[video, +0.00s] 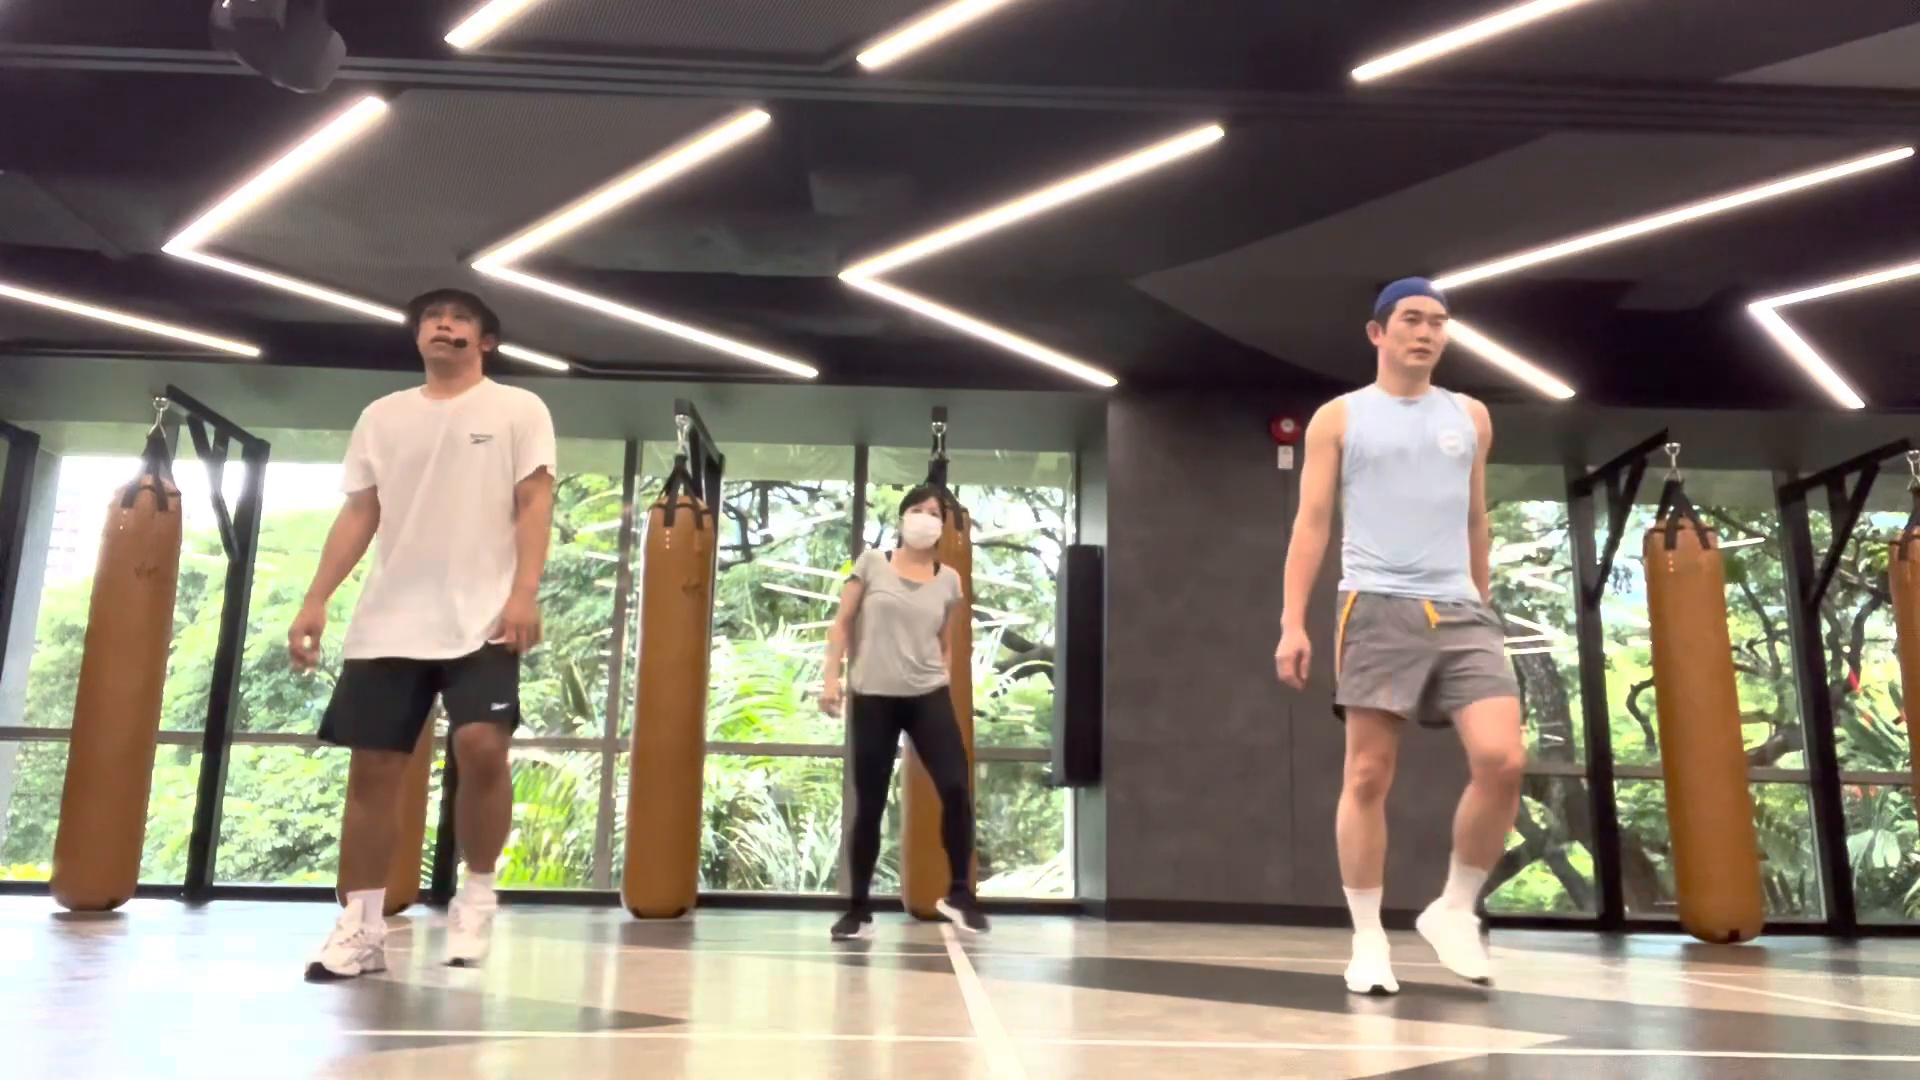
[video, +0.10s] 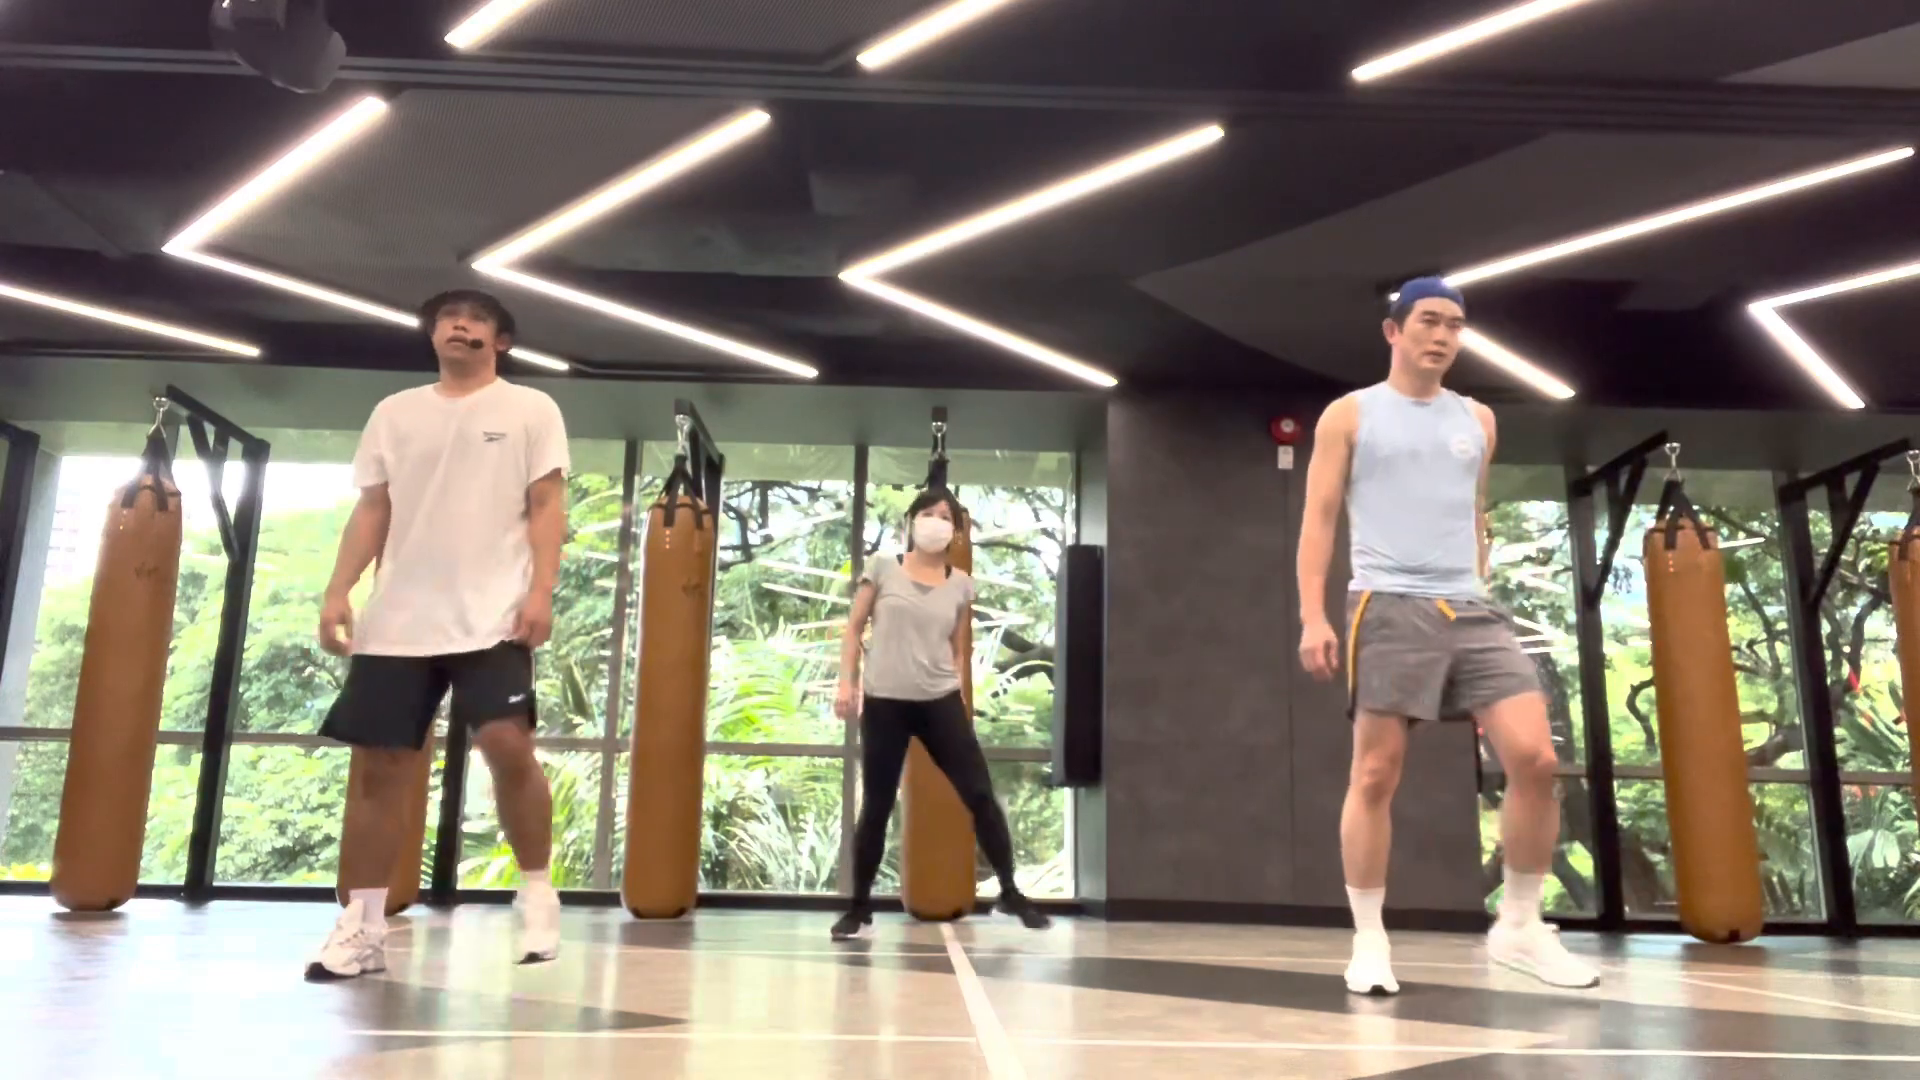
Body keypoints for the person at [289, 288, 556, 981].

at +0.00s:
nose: (447, 327)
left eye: (463, 319)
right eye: (435, 318)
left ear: (487, 342)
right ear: (416, 337)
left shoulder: (520, 410)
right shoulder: (381, 416)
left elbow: (534, 502)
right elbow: (357, 515)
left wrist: (525, 592)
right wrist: (316, 600)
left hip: (483, 618)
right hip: (392, 618)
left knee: (484, 750)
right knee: (372, 768)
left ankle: (475, 900)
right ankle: (359, 927)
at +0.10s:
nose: (463, 327)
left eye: (479, 319)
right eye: (451, 316)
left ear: (501, 342)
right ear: (431, 334)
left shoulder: (531, 411)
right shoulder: (393, 413)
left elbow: (547, 507)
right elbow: (372, 512)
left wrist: (542, 591)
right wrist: (338, 590)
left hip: (492, 618)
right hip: (401, 618)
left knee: (509, 748)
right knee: (372, 764)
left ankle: (536, 892)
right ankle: (362, 927)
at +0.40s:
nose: (542, 333)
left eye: (557, 323)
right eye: (529, 323)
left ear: (579, 344)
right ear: (510, 342)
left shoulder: (609, 417)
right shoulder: (477, 419)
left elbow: (621, 518)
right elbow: (453, 518)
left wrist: (611, 604)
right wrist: (397, 568)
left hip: (563, 626)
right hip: (470, 623)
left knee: (576, 770)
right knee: (412, 767)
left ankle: (600, 930)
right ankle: (370, 923)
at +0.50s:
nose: (561, 327)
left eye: (575, 318)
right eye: (548, 317)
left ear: (596, 341)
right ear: (528, 338)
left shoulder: (628, 414)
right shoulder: (498, 420)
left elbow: (653, 512)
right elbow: (488, 513)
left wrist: (645, 602)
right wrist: (430, 510)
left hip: (585, 620)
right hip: (495, 616)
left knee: (586, 769)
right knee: (428, 747)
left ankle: (601, 929)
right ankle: (403, 907)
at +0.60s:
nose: (573, 323)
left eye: (587, 315)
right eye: (563, 314)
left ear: (610, 336)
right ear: (542, 335)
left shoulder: (639, 411)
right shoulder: (513, 416)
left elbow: (665, 506)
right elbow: (486, 508)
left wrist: (659, 597)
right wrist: (444, 451)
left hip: (597, 615)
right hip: (509, 610)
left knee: (590, 768)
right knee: (451, 739)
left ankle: (601, 932)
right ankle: (465, 895)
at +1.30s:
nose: (473, 339)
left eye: (487, 329)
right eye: (473, 329)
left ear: (524, 341)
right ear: (478, 343)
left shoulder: (565, 420)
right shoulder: (439, 423)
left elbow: (585, 518)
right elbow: (382, 479)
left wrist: (584, 601)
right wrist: (392, 387)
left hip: (521, 630)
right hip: (428, 630)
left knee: (552, 776)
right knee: (387, 768)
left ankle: (597, 928)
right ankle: (358, 930)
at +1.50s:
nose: (425, 333)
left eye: (438, 322)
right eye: (429, 321)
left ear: (475, 331)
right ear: (449, 332)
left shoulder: (530, 412)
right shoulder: (403, 411)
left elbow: (541, 508)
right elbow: (348, 484)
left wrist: (528, 595)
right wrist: (333, 399)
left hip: (482, 618)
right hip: (392, 619)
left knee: (485, 748)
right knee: (371, 768)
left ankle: (544, 905)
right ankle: (357, 930)